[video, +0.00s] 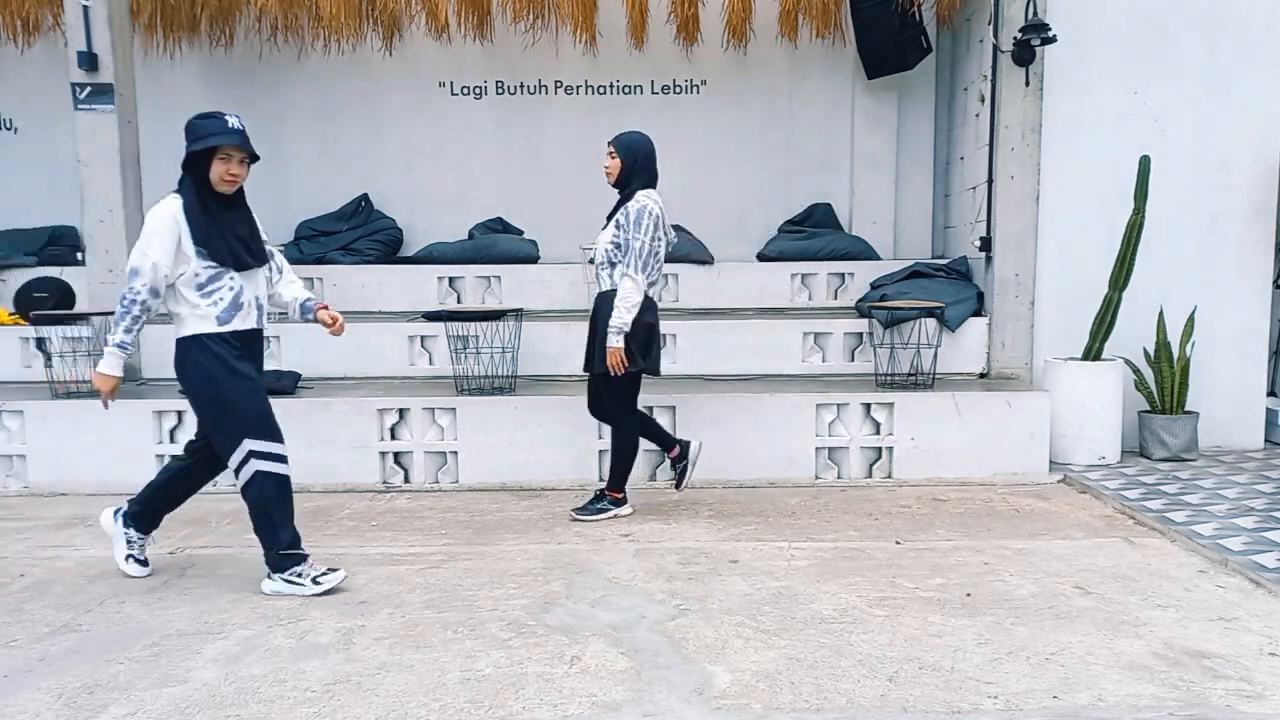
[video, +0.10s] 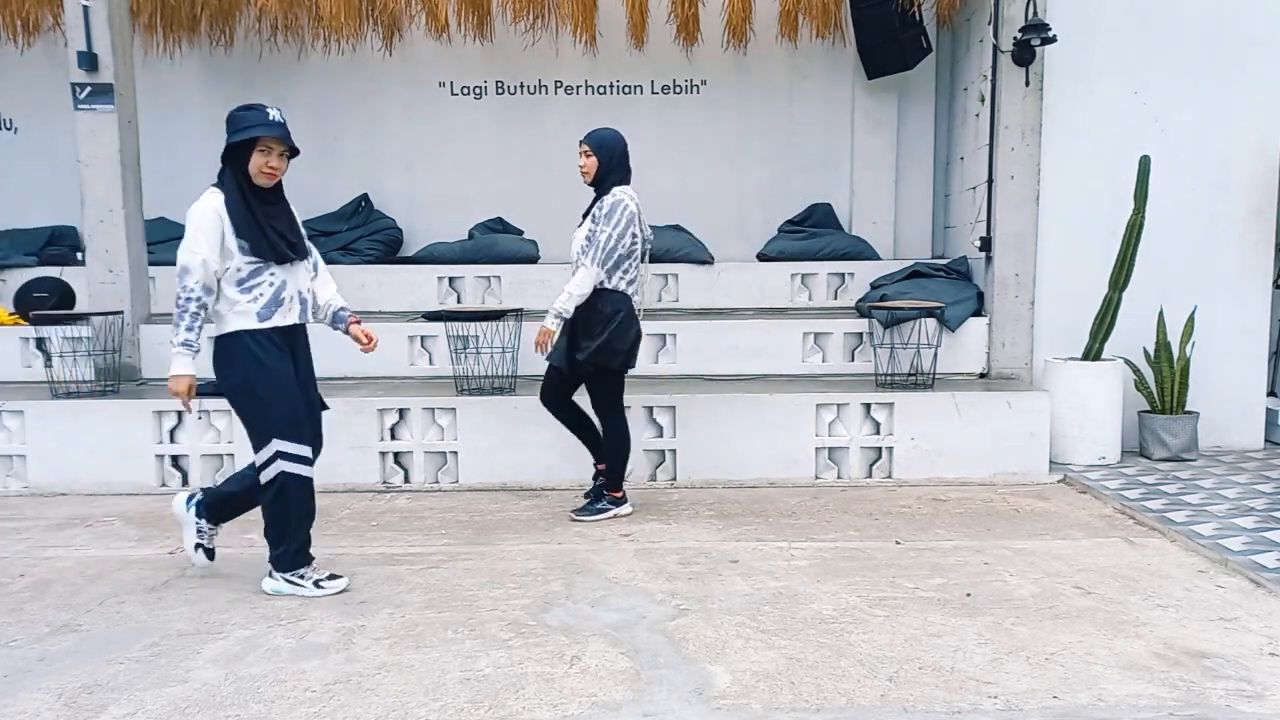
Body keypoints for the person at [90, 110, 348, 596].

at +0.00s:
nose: (235, 169)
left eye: (243, 161)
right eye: (225, 159)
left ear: (249, 166)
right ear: (200, 160)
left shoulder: (240, 214)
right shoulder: (171, 215)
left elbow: (273, 274)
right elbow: (139, 291)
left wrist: (312, 307)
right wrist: (114, 359)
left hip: (246, 349)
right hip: (207, 351)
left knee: (213, 452)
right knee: (262, 447)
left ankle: (132, 521)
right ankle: (286, 566)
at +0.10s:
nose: (273, 162)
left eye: (282, 154)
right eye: (263, 152)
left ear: (289, 159)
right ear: (239, 153)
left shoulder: (279, 210)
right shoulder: (212, 209)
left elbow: (311, 276)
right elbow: (193, 290)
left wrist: (346, 320)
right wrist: (183, 362)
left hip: (290, 342)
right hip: (246, 345)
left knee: (305, 445)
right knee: (288, 446)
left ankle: (205, 508)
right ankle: (289, 567)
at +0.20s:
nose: (314, 158)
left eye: (323, 150)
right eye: (305, 147)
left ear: (329, 155)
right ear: (279, 147)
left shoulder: (319, 201)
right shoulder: (251, 202)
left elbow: (344, 272)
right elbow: (243, 286)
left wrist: (364, 333)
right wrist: (264, 350)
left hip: (335, 339)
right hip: (289, 341)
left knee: (366, 440)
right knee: (296, 453)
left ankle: (306, 536)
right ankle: (289, 564)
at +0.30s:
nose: (356, 157)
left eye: (365, 150)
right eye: (347, 146)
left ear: (371, 156)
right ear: (322, 146)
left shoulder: (360, 202)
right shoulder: (294, 200)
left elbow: (366, 279)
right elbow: (298, 284)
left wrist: (376, 337)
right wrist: (338, 338)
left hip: (372, 339)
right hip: (319, 344)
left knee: (411, 436)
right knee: (315, 456)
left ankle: (425, 554)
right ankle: (291, 565)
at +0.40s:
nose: (399, 163)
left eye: (408, 155)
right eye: (390, 151)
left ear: (414, 161)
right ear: (365, 150)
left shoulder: (401, 206)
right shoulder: (339, 203)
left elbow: (406, 285)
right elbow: (340, 284)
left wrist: (425, 333)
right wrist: (385, 338)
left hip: (417, 343)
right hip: (363, 349)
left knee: (453, 449)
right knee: (338, 459)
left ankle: (491, 556)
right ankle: (294, 562)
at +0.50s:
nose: (443, 162)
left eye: (452, 154)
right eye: (434, 150)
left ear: (459, 159)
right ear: (410, 151)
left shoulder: (451, 206)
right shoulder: (383, 205)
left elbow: (473, 274)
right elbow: (375, 286)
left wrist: (475, 328)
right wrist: (404, 349)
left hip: (470, 343)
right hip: (420, 349)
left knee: (496, 452)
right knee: (401, 466)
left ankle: (503, 565)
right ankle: (320, 541)